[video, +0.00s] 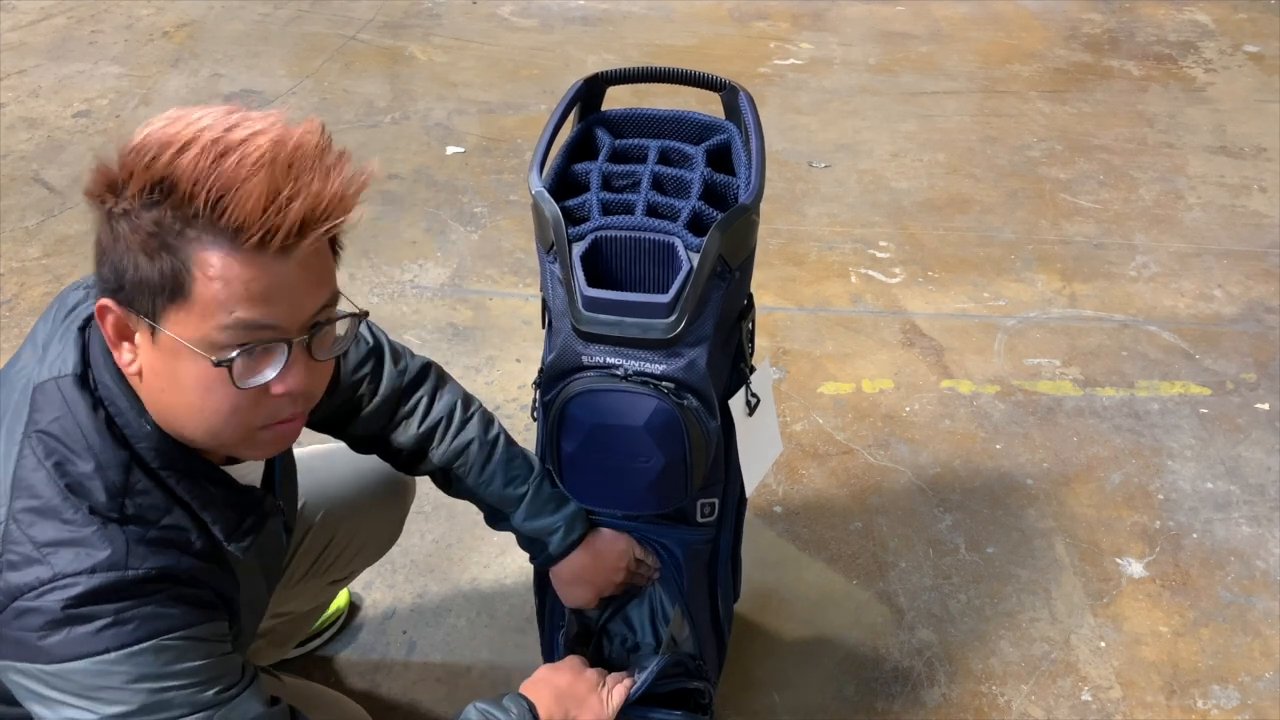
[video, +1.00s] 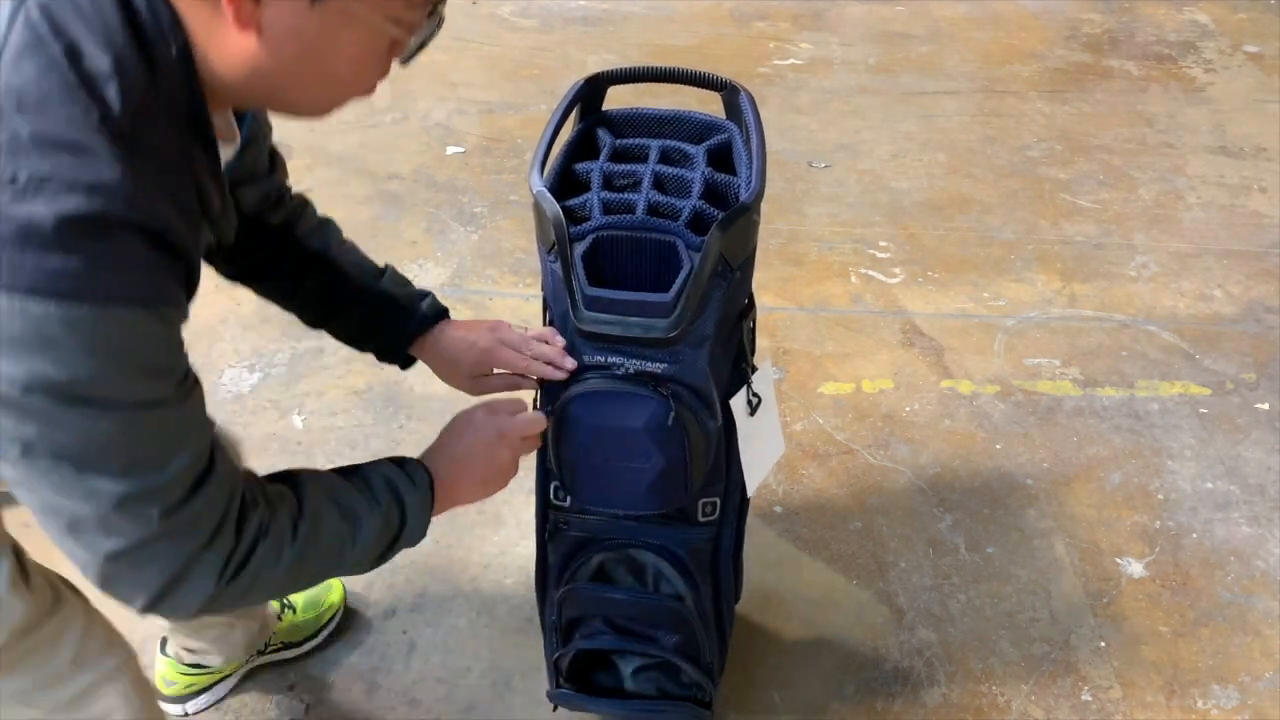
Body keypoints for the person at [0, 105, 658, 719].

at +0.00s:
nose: (301, 384)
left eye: (317, 328)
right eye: (245, 350)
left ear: (330, 286)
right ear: (126, 338)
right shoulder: (100, 605)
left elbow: (401, 396)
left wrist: (562, 537)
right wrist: (529, 712)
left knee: (377, 490)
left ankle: (264, 642)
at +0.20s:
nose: (337, 325)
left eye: (328, 292)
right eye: (306, 314)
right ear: (168, 354)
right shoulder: (103, 609)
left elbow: (392, 392)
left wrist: (555, 534)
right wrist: (529, 702)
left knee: (375, 491)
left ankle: (266, 643)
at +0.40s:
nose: (332, 300)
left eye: (322, 269)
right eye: (303, 294)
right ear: (168, 347)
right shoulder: (98, 590)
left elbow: (318, 370)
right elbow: (357, 699)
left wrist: (436, 396)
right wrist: (542, 532)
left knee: (383, 489)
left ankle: (283, 631)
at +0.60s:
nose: (335, 300)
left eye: (326, 271)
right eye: (311, 288)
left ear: (181, 326)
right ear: (179, 335)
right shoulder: (92, 566)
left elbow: (327, 381)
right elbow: (389, 676)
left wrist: (463, 387)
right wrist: (570, 459)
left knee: (380, 490)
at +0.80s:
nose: (368, 225)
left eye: (370, 191)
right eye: (358, 199)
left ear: (211, 229)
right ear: (212, 232)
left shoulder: (134, 222)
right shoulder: (97, 473)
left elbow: (291, 348)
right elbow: (324, 669)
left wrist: (449, 371)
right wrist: (497, 459)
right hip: (40, 669)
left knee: (352, 468)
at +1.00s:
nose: (393, 71)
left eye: (409, 44)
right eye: (397, 38)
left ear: (246, 6)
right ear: (250, 6)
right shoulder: (61, 211)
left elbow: (253, 216)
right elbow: (176, 550)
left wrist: (428, 333)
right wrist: (430, 483)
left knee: (187, 473)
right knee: (91, 694)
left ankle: (224, 639)